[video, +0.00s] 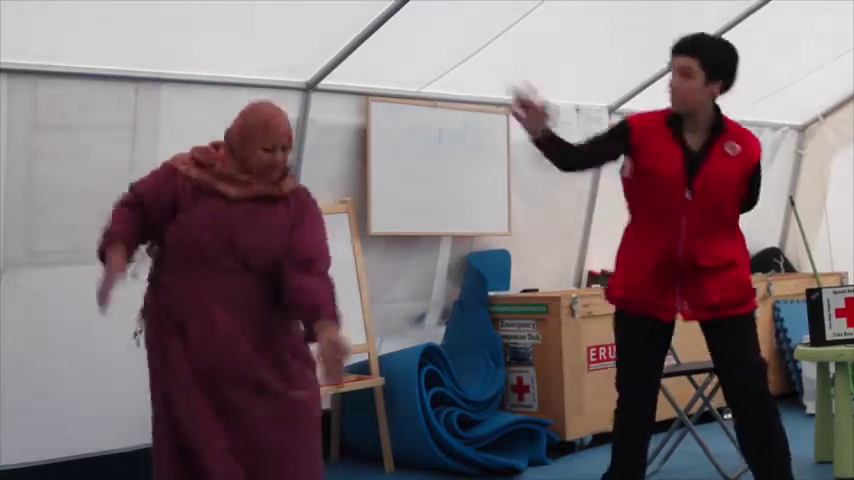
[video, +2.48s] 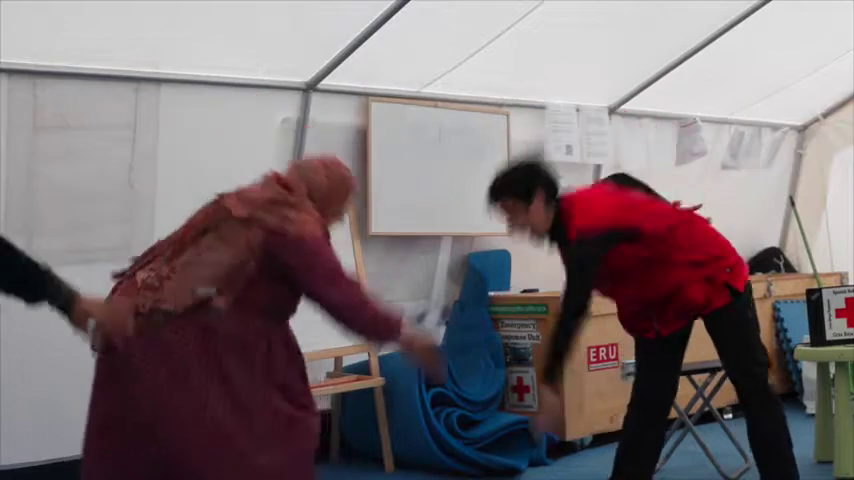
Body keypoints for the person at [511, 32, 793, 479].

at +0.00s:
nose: (671, 82)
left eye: (684, 75)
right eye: (672, 73)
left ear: (716, 86)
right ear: (670, 77)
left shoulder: (744, 147)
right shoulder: (640, 131)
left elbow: (745, 201)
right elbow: (572, 158)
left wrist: (690, 215)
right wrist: (540, 133)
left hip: (720, 283)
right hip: (645, 283)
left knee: (753, 401)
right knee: (634, 405)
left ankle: (776, 476)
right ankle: (624, 477)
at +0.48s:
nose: (745, 288)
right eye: (742, 275)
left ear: (788, 281)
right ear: (740, 260)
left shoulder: (799, 253)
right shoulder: (706, 281)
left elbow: (777, 212)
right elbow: (731, 377)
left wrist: (706, 213)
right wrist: (766, 449)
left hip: (742, 309)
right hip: (665, 297)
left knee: (765, 390)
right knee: (648, 396)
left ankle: (781, 469)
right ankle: (626, 473)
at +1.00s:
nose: (708, 205)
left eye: (721, 199)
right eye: (707, 192)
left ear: (749, 203)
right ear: (704, 186)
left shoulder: (775, 215)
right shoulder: (672, 225)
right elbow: (684, 313)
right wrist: (722, 376)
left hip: (737, 302)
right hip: (665, 302)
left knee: (762, 405)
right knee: (644, 405)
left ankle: (777, 475)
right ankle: (626, 475)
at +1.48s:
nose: (645, 67)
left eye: (657, 58)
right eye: (647, 58)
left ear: (689, 71)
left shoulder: (729, 130)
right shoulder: (629, 127)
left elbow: (748, 201)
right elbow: (565, 149)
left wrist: (692, 223)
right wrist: (516, 117)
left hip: (711, 279)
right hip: (641, 281)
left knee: (749, 395)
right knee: (636, 403)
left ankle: (776, 478)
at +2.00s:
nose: (611, 69)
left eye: (623, 61)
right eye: (613, 61)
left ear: (655, 74)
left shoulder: (693, 119)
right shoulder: (610, 140)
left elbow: (752, 156)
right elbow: (622, 206)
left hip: (695, 275)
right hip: (630, 281)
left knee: (740, 393)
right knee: (629, 403)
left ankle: (775, 476)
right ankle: (623, 477)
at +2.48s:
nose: (513, 225)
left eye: (514, 212)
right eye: (507, 217)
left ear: (539, 198)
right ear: (535, 201)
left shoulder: (586, 224)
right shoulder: (574, 210)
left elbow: (574, 308)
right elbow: (619, 179)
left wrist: (550, 371)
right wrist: (667, 214)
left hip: (713, 276)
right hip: (660, 296)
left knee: (754, 390)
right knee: (648, 407)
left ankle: (780, 471)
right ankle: (630, 473)